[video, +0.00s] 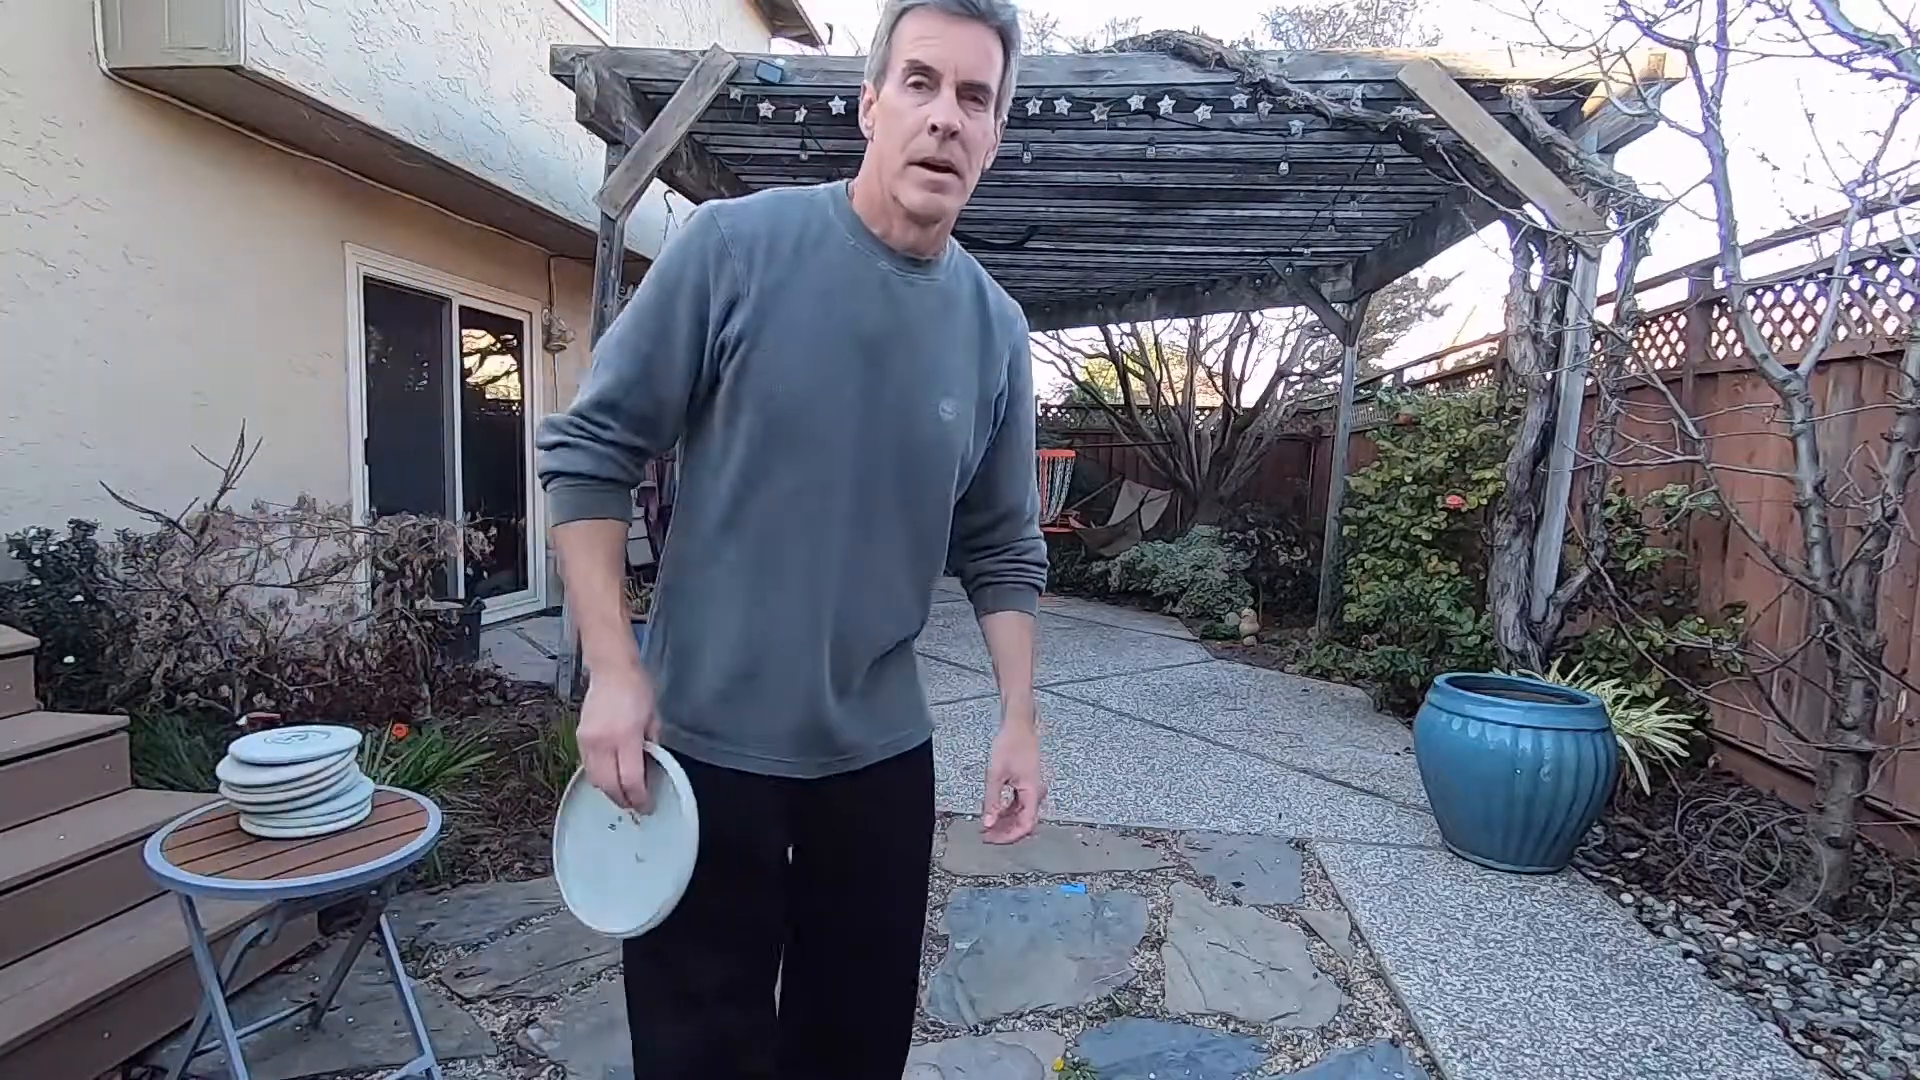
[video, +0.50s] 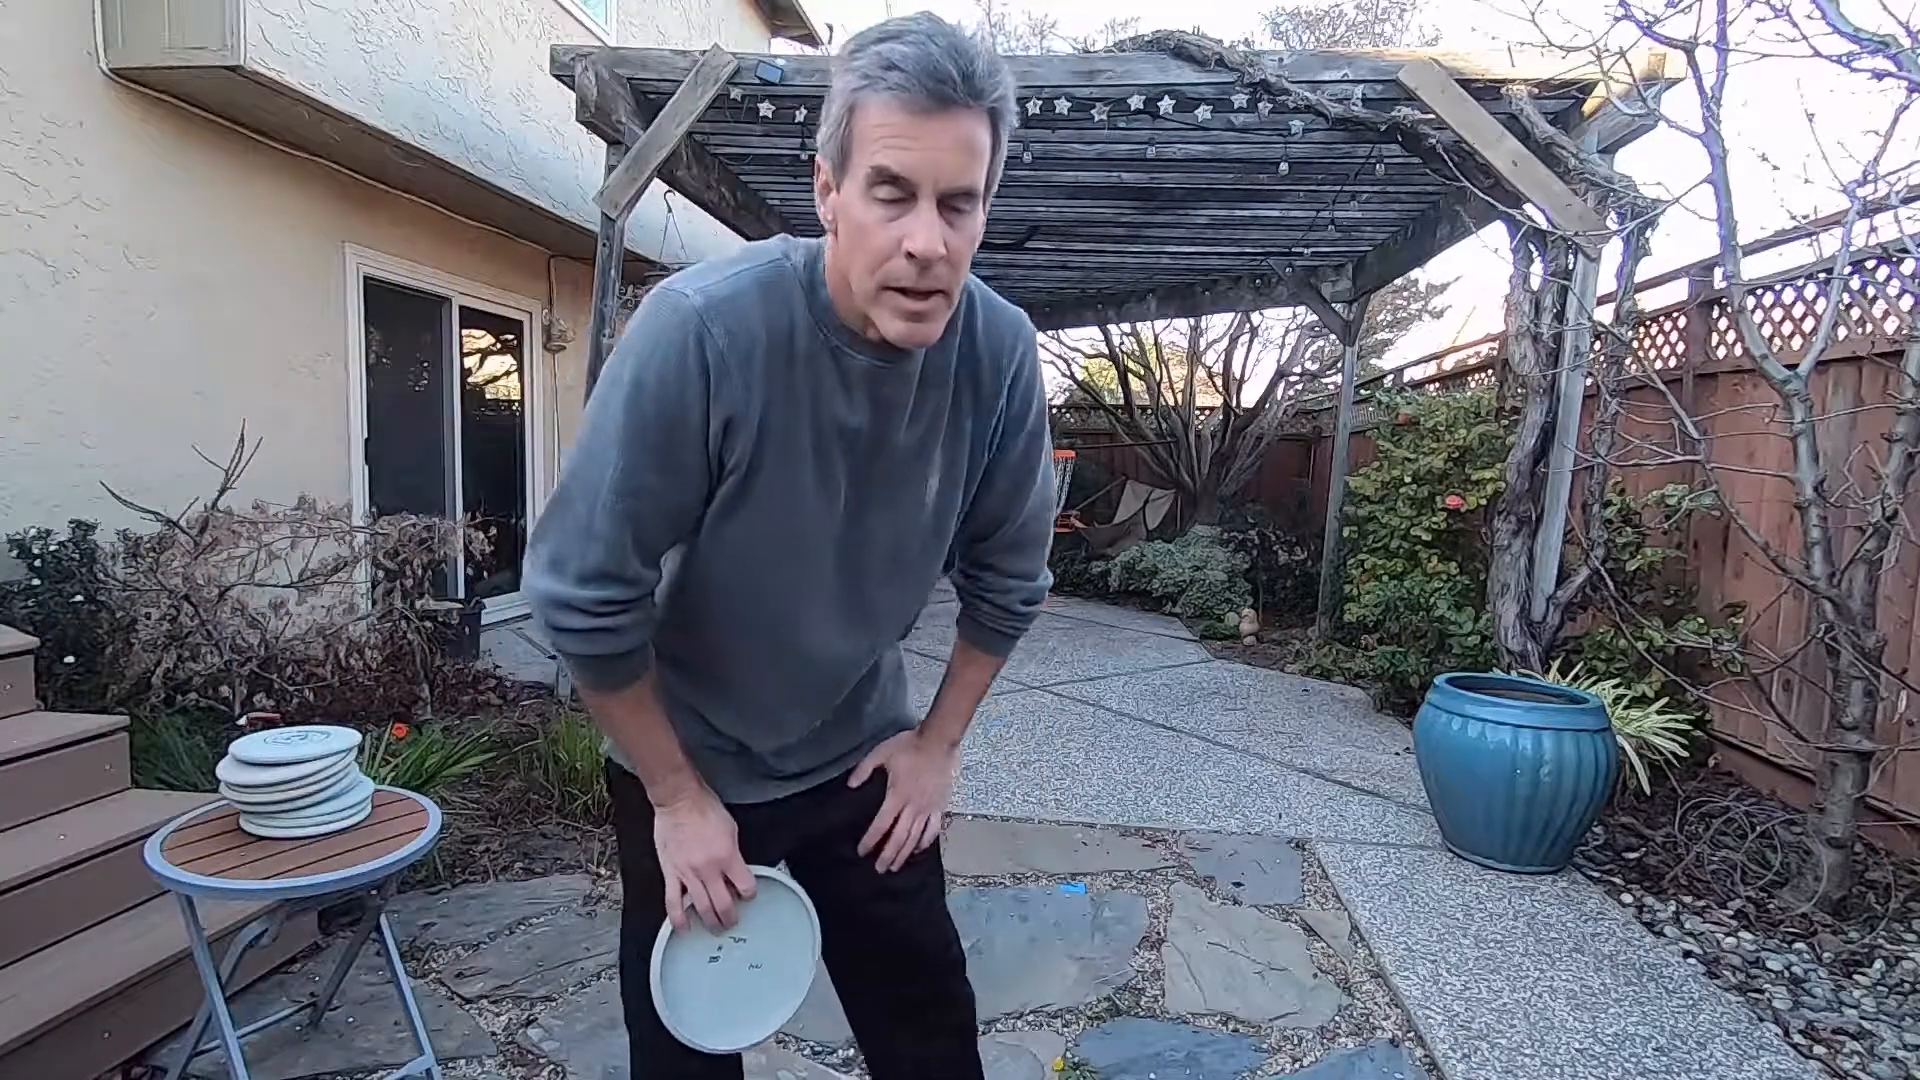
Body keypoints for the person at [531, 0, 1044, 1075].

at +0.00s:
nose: (947, 118)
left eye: (976, 97)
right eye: (921, 83)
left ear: (997, 135)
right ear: (869, 102)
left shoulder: (993, 327)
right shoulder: (732, 246)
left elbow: (1003, 543)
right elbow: (591, 450)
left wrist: (1020, 717)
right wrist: (611, 668)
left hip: (881, 747)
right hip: (706, 741)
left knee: (858, 1049)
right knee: (700, 1050)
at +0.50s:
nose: (927, 244)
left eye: (959, 205)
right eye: (891, 194)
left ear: (988, 209)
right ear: (826, 187)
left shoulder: (998, 354)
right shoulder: (699, 333)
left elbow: (1008, 571)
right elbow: (579, 591)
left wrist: (940, 739)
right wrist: (677, 796)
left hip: (863, 752)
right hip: (682, 765)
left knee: (931, 1038)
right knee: (681, 1053)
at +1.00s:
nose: (997, 464)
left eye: (1034, 424)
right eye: (969, 407)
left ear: (1061, 426)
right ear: (901, 391)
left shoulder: (1054, 517)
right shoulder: (765, 495)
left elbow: (1058, 697)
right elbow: (613, 708)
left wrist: (962, 813)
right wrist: (687, 876)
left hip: (886, 772)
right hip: (714, 786)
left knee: (938, 1033)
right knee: (693, 1043)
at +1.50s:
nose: (1001, 430)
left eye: (1036, 394)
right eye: (970, 380)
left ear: (1065, 410)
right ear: (909, 380)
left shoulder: (1064, 515)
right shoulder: (783, 497)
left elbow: (1066, 699)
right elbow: (634, 708)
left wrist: (970, 815)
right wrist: (696, 877)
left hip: (891, 772)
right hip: (724, 785)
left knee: (943, 1024)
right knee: (696, 1033)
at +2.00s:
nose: (1010, 436)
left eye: (1046, 399)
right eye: (978, 386)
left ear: (1075, 414)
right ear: (919, 383)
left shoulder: (1075, 521)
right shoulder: (793, 506)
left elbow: (1080, 706)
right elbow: (643, 712)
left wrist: (986, 824)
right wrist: (708, 883)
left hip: (905, 775)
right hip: (737, 789)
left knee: (952, 1031)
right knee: (704, 1039)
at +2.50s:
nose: (1017, 447)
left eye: (1056, 413)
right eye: (989, 396)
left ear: (1089, 431)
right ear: (931, 392)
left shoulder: (1087, 532)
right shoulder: (800, 519)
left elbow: (1087, 715)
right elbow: (646, 723)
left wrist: (991, 829)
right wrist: (710, 890)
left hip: (909, 779)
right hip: (743, 791)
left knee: (953, 1032)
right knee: (707, 1034)